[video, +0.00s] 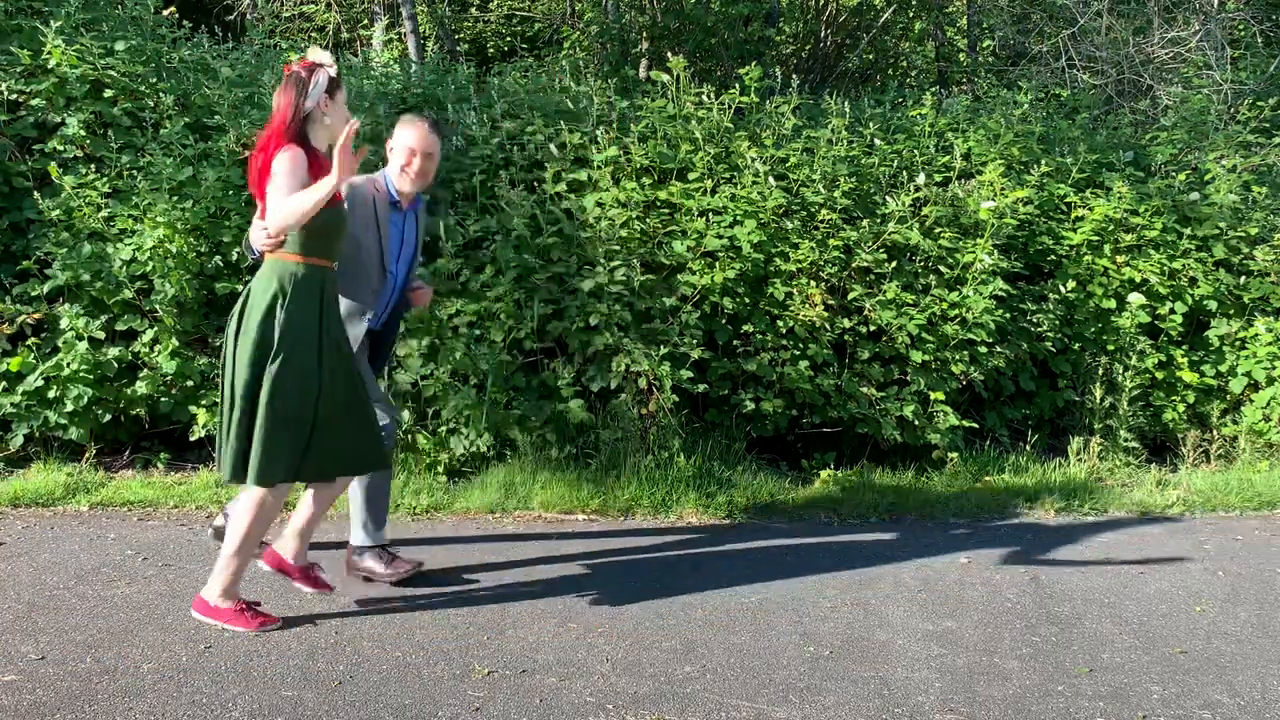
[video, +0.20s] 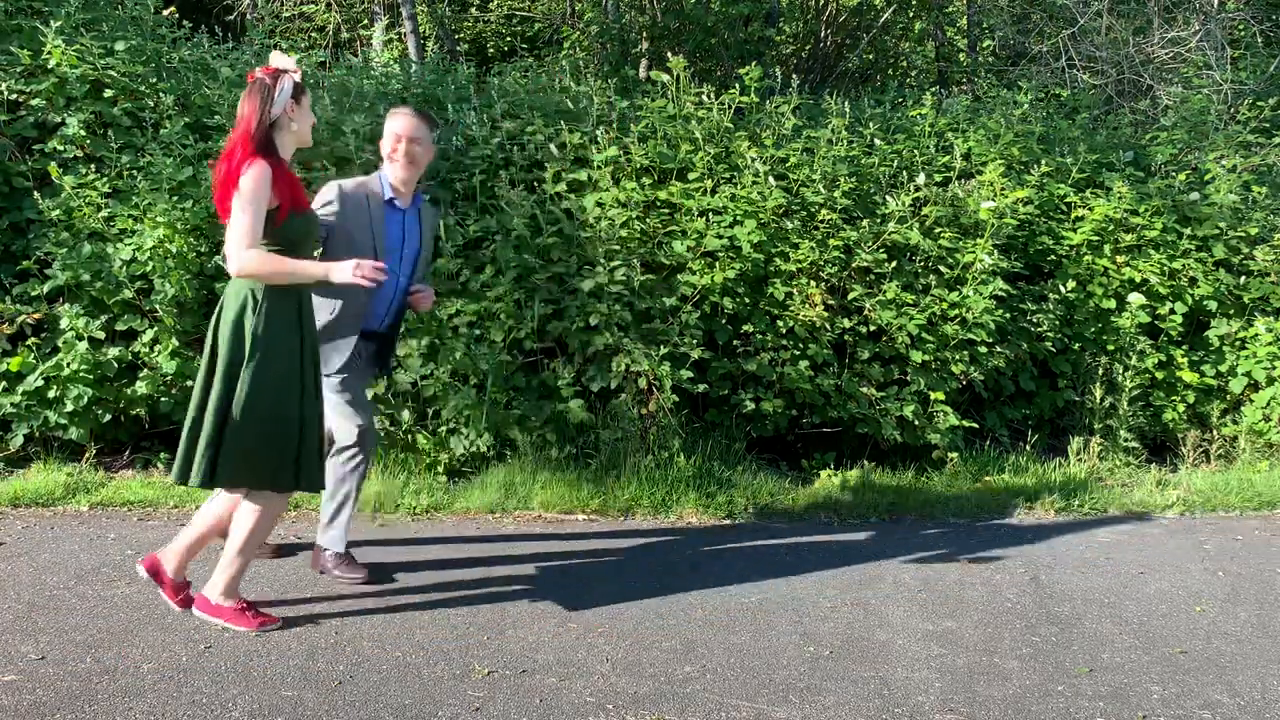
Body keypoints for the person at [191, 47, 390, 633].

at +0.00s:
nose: (348, 105)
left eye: (344, 95)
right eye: (341, 96)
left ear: (315, 103)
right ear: (319, 105)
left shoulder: (318, 160)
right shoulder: (289, 153)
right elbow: (279, 219)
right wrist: (335, 178)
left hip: (316, 312)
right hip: (284, 310)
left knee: (353, 445)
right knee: (277, 458)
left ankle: (290, 545)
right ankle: (217, 591)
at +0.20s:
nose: (314, 113)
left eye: (310, 102)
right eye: (308, 104)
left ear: (279, 112)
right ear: (287, 112)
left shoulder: (272, 169)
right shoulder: (258, 170)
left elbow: (260, 251)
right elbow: (241, 258)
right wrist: (330, 270)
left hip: (273, 323)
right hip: (264, 328)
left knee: (257, 470)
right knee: (277, 478)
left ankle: (172, 560)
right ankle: (220, 593)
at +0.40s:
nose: (304, 101)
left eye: (299, 91)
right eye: (296, 93)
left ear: (268, 104)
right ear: (275, 105)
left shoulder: (259, 160)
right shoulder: (254, 162)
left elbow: (238, 246)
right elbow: (239, 257)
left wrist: (303, 239)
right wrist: (318, 272)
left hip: (245, 315)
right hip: (250, 319)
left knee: (217, 451)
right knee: (318, 439)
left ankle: (154, 570)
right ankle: (284, 560)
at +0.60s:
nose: (311, 107)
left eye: (306, 98)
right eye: (303, 100)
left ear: (276, 114)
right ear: (281, 114)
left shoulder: (255, 167)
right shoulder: (268, 169)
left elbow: (240, 254)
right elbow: (265, 263)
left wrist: (315, 259)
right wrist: (339, 263)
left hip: (259, 313)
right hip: (272, 318)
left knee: (258, 458)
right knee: (291, 450)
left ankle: (175, 559)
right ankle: (310, 571)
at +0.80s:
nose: (327, 104)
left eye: (323, 96)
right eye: (318, 98)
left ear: (290, 113)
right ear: (293, 112)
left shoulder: (275, 161)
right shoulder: (285, 165)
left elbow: (293, 246)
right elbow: (288, 258)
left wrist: (357, 247)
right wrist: (361, 254)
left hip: (263, 305)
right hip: (276, 310)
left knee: (268, 443)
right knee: (313, 443)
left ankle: (197, 542)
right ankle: (313, 565)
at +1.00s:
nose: (351, 123)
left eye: (348, 115)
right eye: (341, 116)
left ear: (319, 129)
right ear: (314, 129)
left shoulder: (315, 180)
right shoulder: (298, 183)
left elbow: (326, 252)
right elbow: (298, 274)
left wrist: (384, 251)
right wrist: (375, 263)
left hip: (282, 325)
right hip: (291, 330)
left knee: (243, 444)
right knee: (349, 439)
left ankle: (179, 551)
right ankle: (341, 548)